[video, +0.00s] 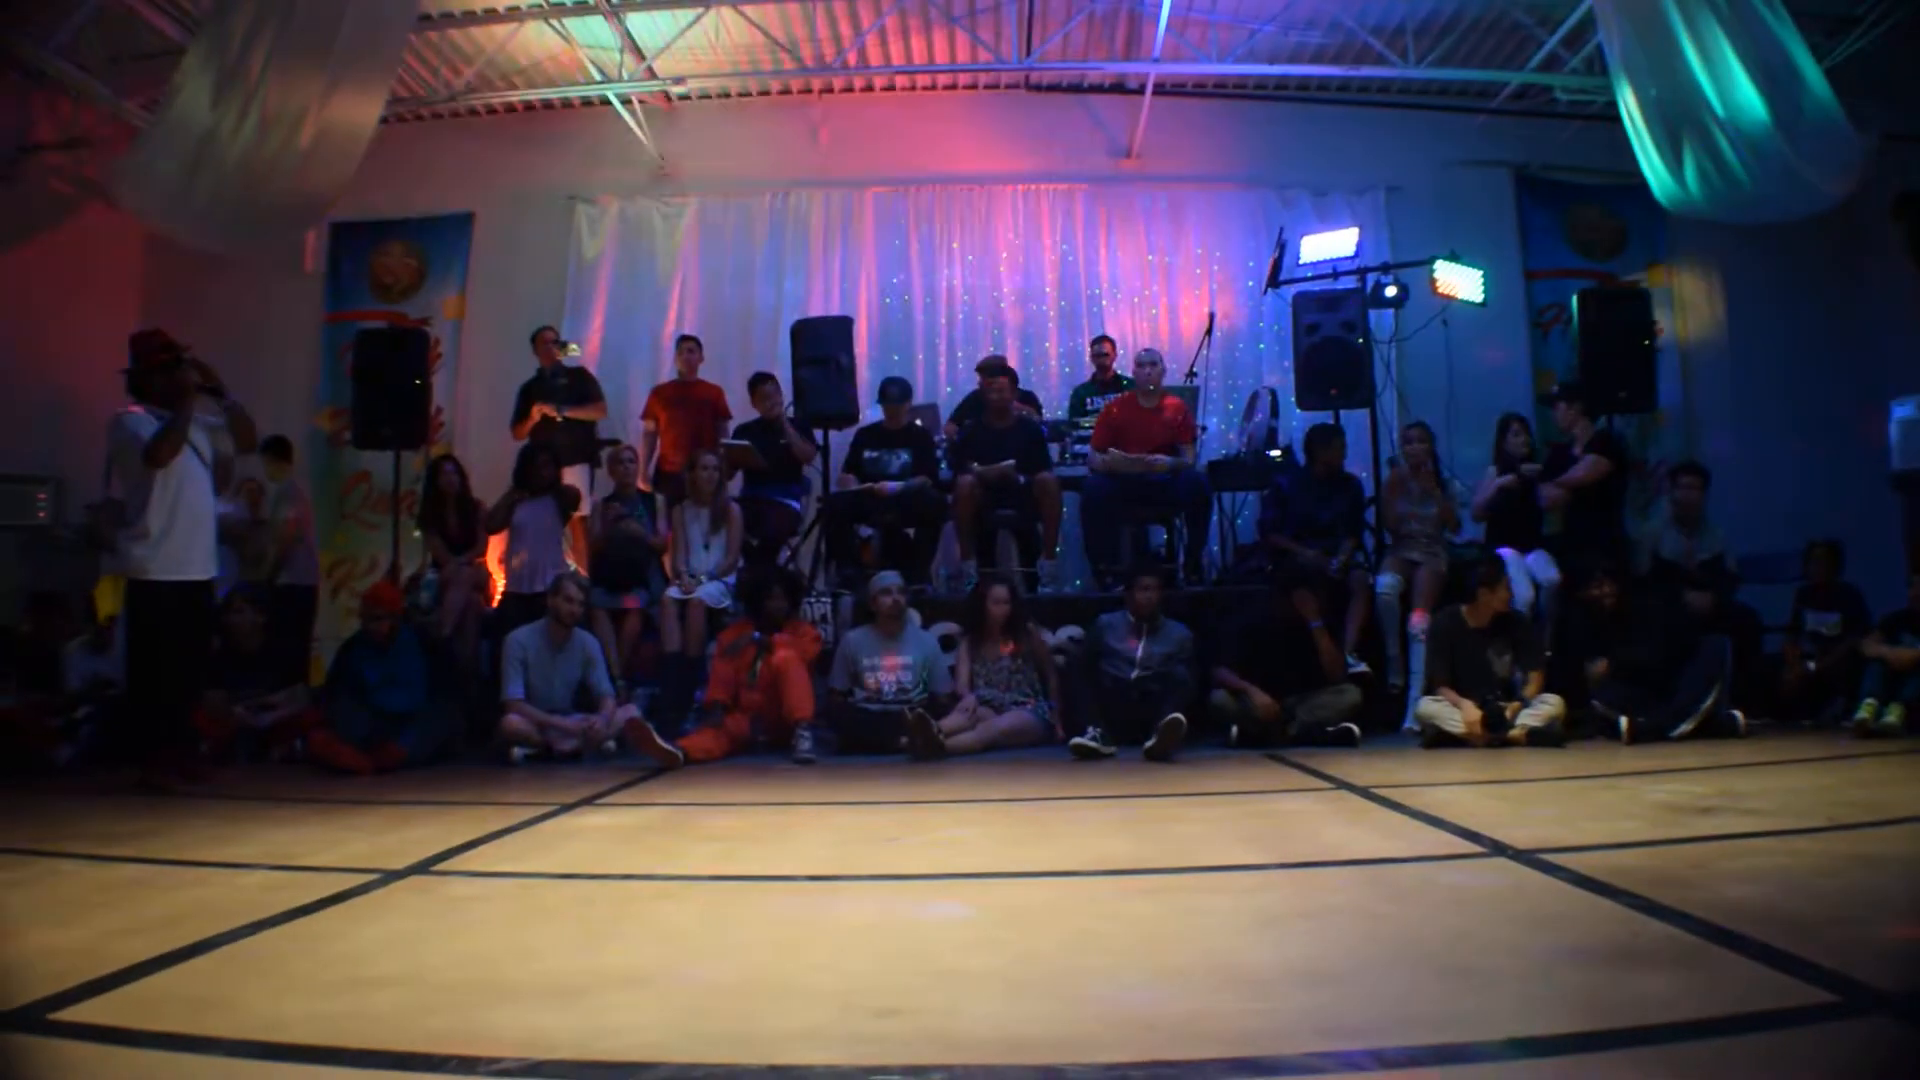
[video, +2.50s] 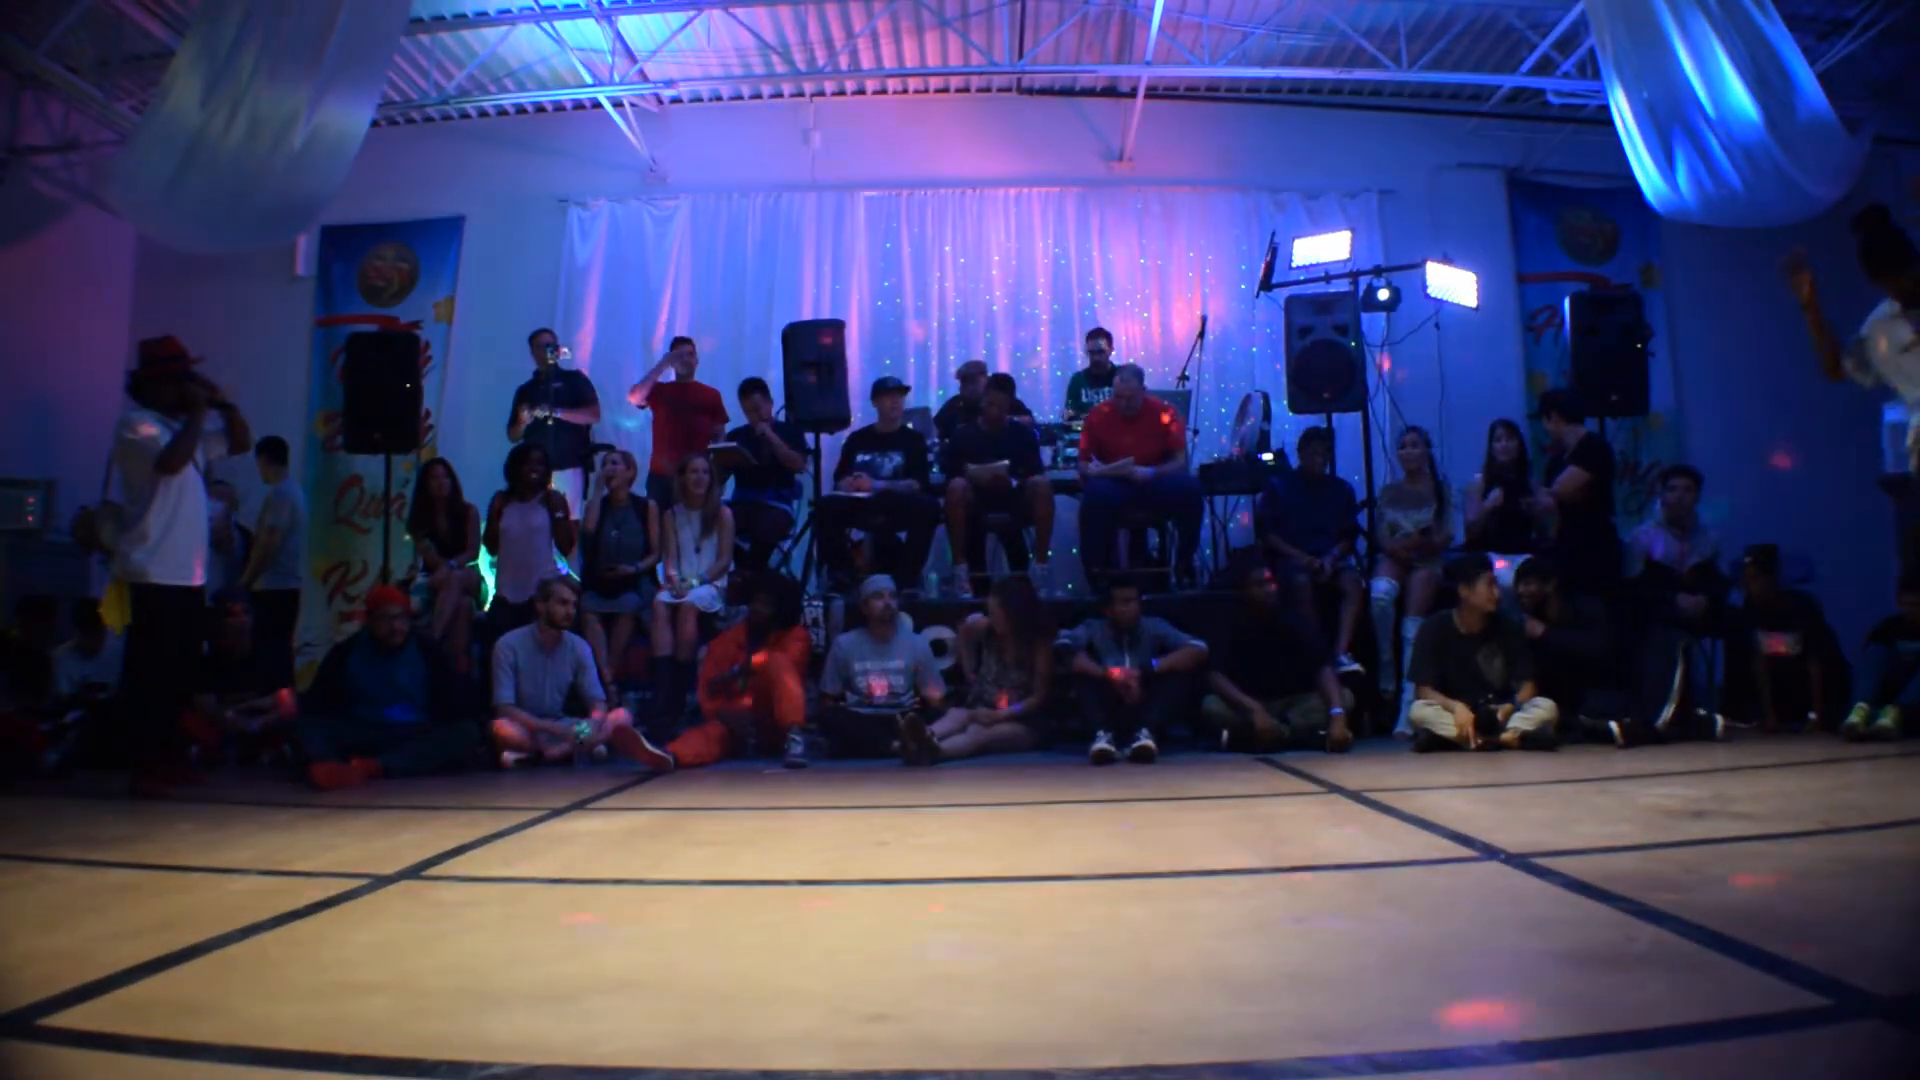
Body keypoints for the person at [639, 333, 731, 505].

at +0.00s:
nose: (686, 357)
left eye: (691, 351)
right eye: (681, 352)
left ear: (701, 357)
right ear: (675, 358)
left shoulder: (714, 393)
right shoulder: (659, 393)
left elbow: (723, 434)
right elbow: (649, 434)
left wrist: (722, 473)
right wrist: (643, 473)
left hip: (705, 475)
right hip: (669, 474)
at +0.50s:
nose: (682, 358)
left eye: (688, 353)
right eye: (678, 354)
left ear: (698, 359)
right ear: (673, 360)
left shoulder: (711, 394)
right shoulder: (657, 394)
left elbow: (719, 436)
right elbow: (646, 436)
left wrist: (718, 476)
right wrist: (640, 477)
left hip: (700, 477)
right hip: (665, 475)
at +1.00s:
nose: (669, 362)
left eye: (675, 357)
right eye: (664, 357)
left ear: (685, 363)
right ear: (659, 363)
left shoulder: (698, 398)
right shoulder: (644, 398)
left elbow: (707, 437)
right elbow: (633, 440)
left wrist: (705, 473)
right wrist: (628, 478)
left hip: (689, 478)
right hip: (654, 478)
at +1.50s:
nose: (681, 360)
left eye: (685, 355)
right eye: (675, 355)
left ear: (690, 361)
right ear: (664, 362)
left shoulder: (703, 397)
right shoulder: (649, 397)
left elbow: (712, 438)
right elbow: (639, 440)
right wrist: (632, 477)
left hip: (694, 478)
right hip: (659, 477)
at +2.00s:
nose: (689, 359)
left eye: (693, 354)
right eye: (683, 354)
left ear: (697, 359)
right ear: (672, 359)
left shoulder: (708, 396)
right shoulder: (655, 394)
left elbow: (717, 432)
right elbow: (642, 429)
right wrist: (648, 454)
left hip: (696, 475)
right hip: (662, 472)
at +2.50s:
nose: (685, 360)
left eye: (690, 355)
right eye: (679, 355)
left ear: (696, 360)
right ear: (671, 360)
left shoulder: (711, 395)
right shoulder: (659, 390)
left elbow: (719, 438)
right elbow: (635, 398)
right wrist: (664, 363)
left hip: (697, 480)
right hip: (662, 476)